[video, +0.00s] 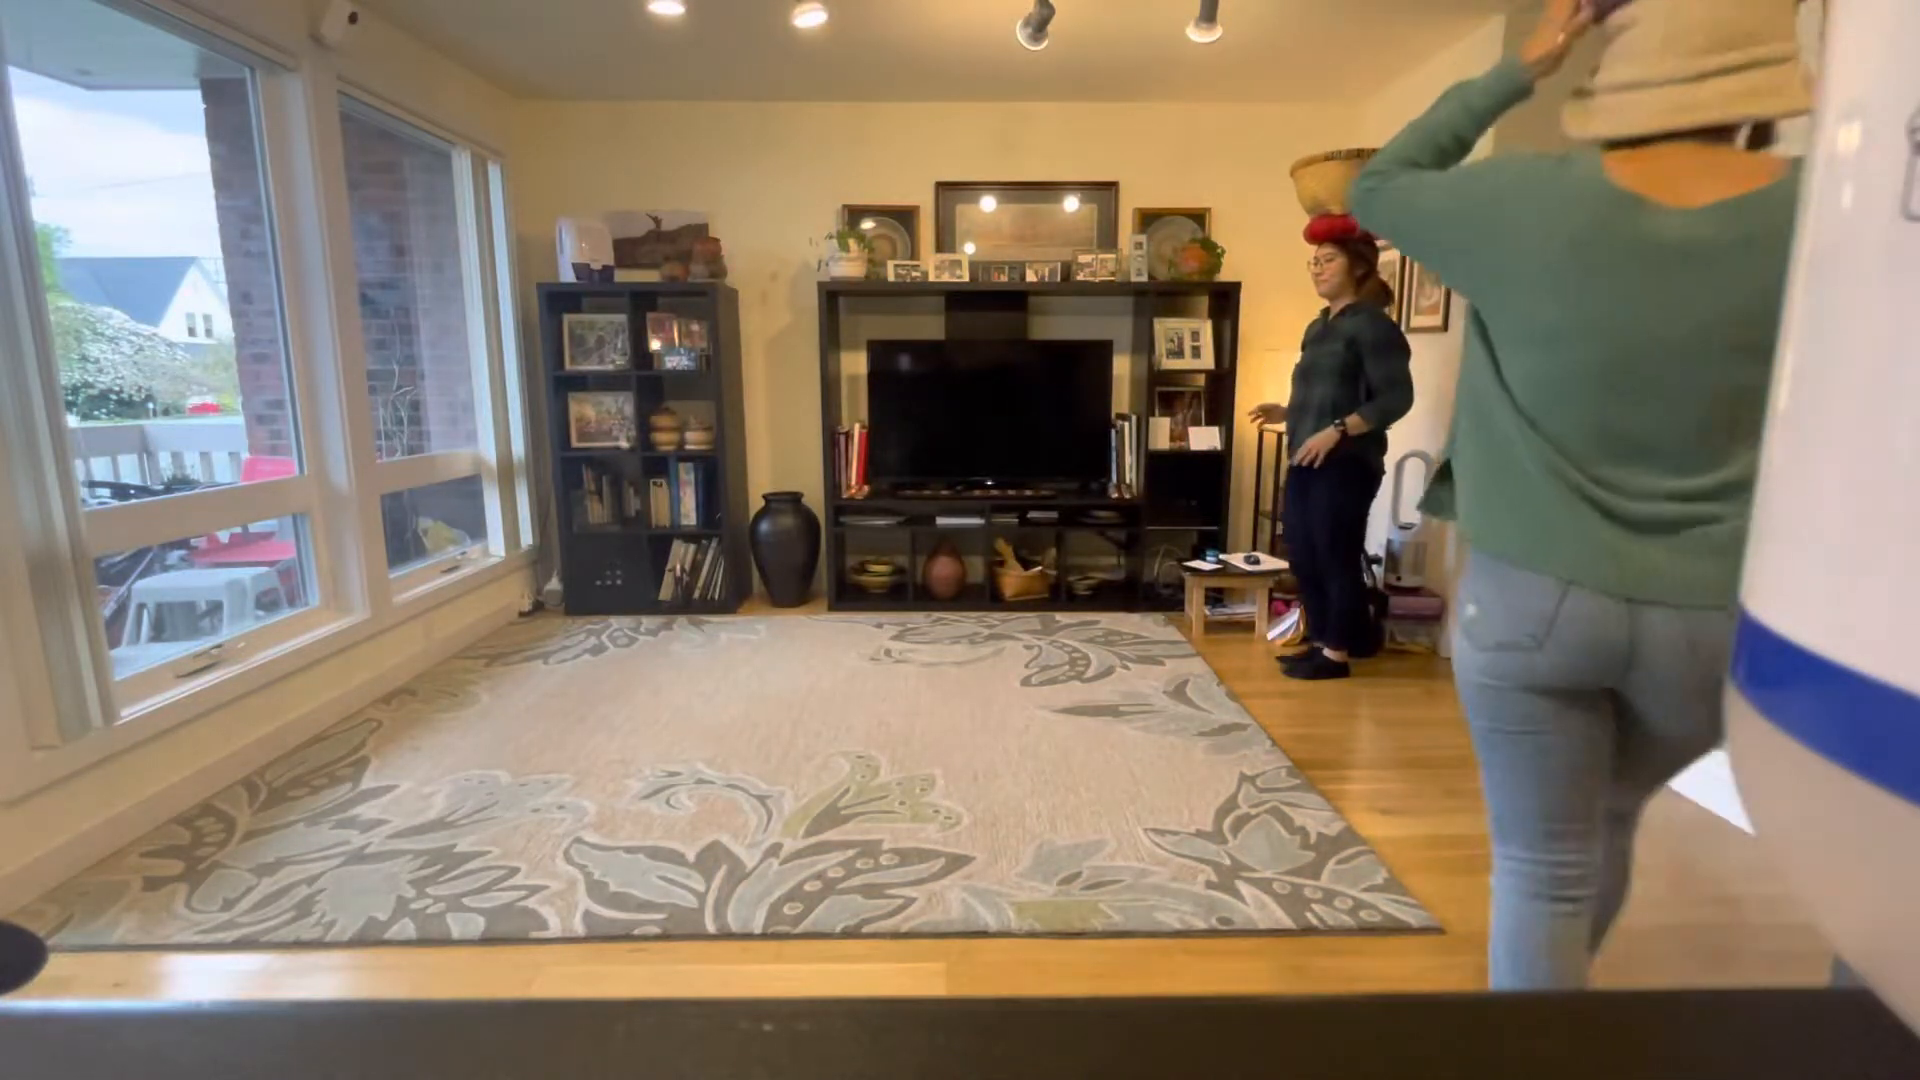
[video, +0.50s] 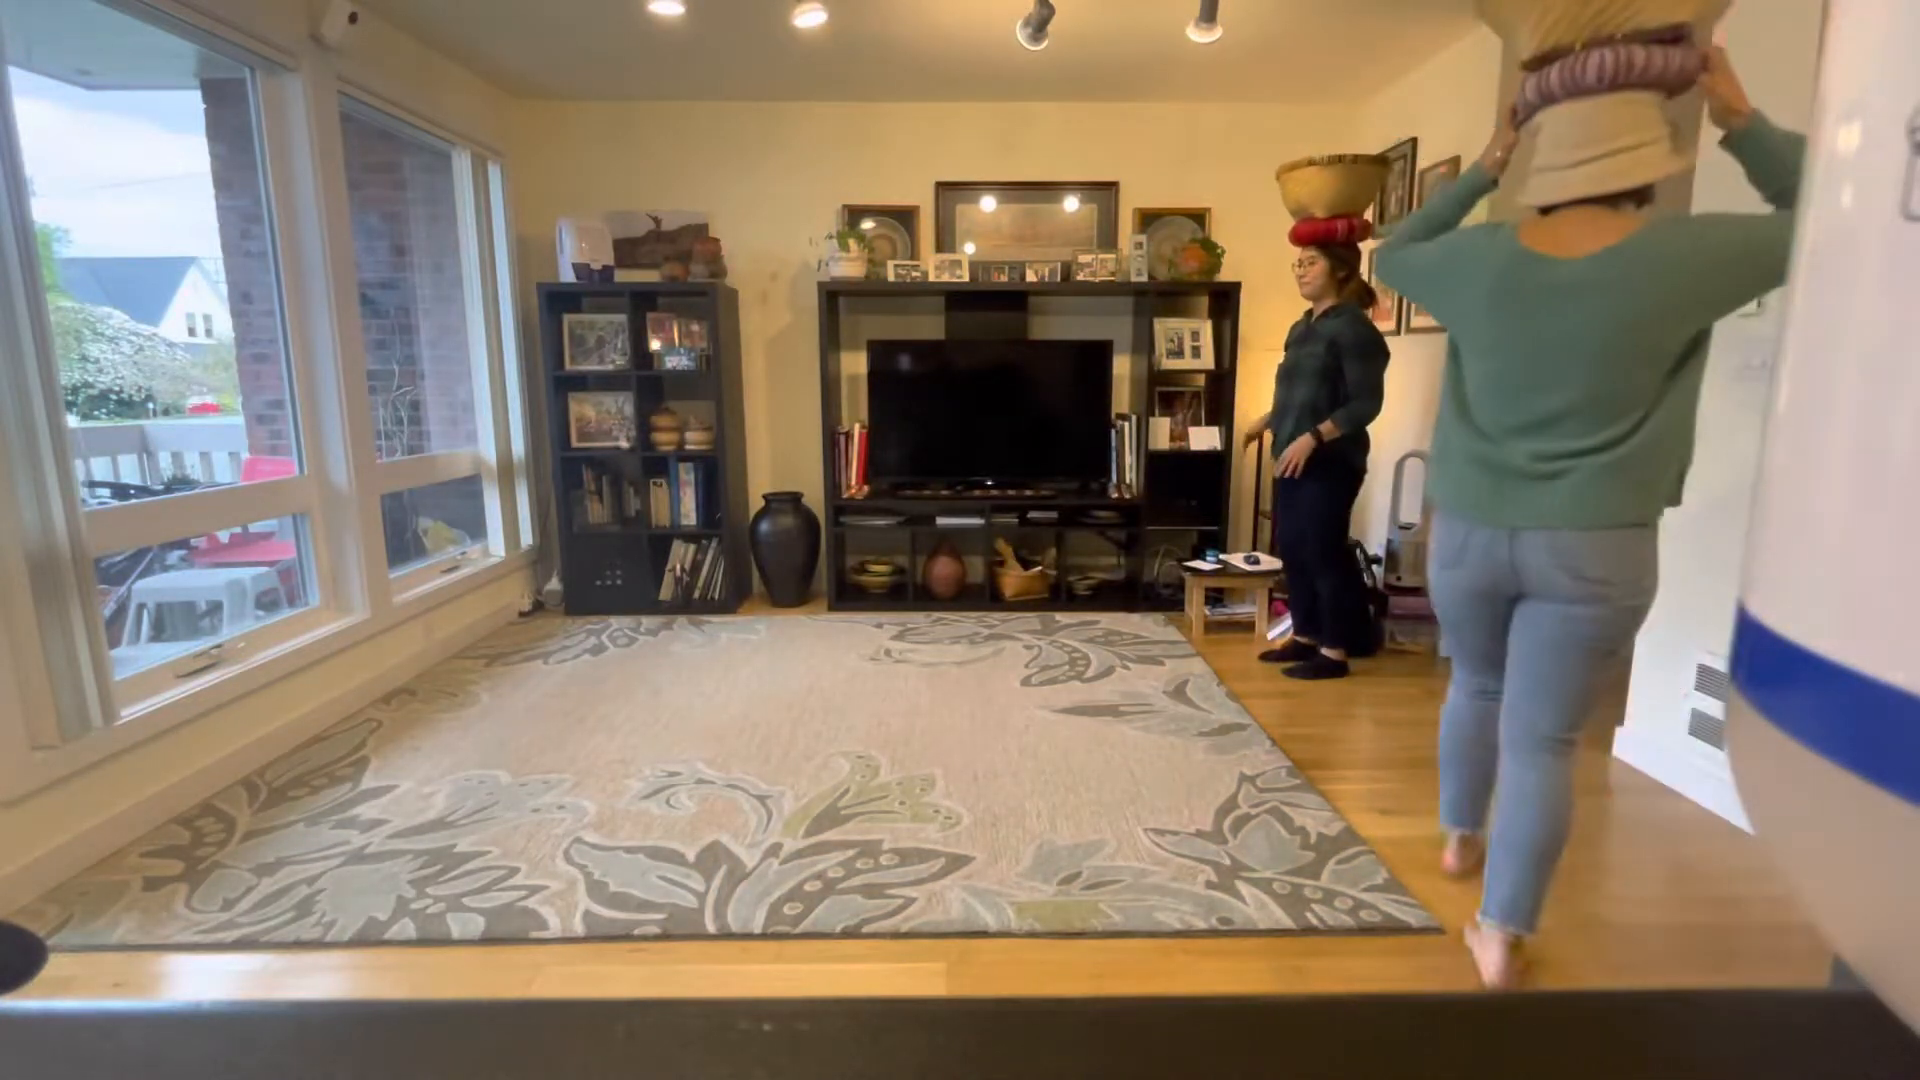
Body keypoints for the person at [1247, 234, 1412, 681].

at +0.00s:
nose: (1317, 268)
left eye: (1327, 260)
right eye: (1314, 261)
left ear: (1357, 266)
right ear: (1312, 269)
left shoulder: (1375, 326)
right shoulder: (1318, 328)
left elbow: (1397, 397)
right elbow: (1320, 401)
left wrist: (1340, 429)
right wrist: (1284, 413)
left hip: (1347, 459)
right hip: (1308, 458)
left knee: (1335, 550)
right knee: (1304, 549)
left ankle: (1336, 652)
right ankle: (1318, 639)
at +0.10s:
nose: (1316, 270)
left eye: (1326, 261)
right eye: (1312, 263)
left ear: (1354, 268)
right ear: (1311, 270)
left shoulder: (1373, 327)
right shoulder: (1317, 328)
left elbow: (1392, 399)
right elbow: (1314, 400)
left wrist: (1335, 429)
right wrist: (1279, 414)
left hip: (1347, 461)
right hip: (1306, 458)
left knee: (1338, 556)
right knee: (1294, 552)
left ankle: (1337, 652)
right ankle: (1316, 638)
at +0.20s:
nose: (1313, 270)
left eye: (1324, 261)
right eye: (1311, 263)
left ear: (1354, 268)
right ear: (1310, 272)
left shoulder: (1371, 326)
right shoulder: (1315, 329)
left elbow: (1388, 399)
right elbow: (1313, 400)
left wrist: (1332, 430)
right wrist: (1276, 415)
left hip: (1346, 460)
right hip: (1304, 458)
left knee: (1337, 555)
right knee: (1295, 552)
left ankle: (1337, 652)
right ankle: (1311, 638)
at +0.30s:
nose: (1311, 270)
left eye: (1321, 261)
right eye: (1308, 263)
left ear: (1351, 268)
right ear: (1307, 272)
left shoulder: (1368, 326)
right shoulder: (1311, 328)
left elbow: (1381, 400)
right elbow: (1305, 400)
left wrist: (1325, 431)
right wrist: (1269, 418)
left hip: (1343, 458)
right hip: (1301, 456)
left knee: (1336, 553)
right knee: (1295, 549)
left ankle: (1337, 651)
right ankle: (1306, 637)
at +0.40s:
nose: (1306, 270)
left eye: (1316, 262)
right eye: (1304, 263)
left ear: (1346, 268)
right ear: (1303, 271)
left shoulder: (1363, 327)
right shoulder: (1309, 327)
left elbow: (1375, 400)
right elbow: (1303, 398)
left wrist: (1320, 434)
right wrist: (1265, 421)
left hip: (1336, 458)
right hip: (1298, 456)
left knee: (1330, 551)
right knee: (1295, 548)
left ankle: (1336, 651)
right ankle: (1307, 636)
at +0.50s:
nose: (1299, 271)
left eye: (1309, 263)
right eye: (1298, 264)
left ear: (1338, 269)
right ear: (1297, 272)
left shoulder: (1354, 328)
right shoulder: (1302, 328)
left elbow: (1366, 403)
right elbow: (1297, 396)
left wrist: (1315, 437)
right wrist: (1264, 423)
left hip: (1332, 459)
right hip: (1296, 457)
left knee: (1324, 550)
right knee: (1294, 548)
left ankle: (1334, 650)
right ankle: (1306, 636)